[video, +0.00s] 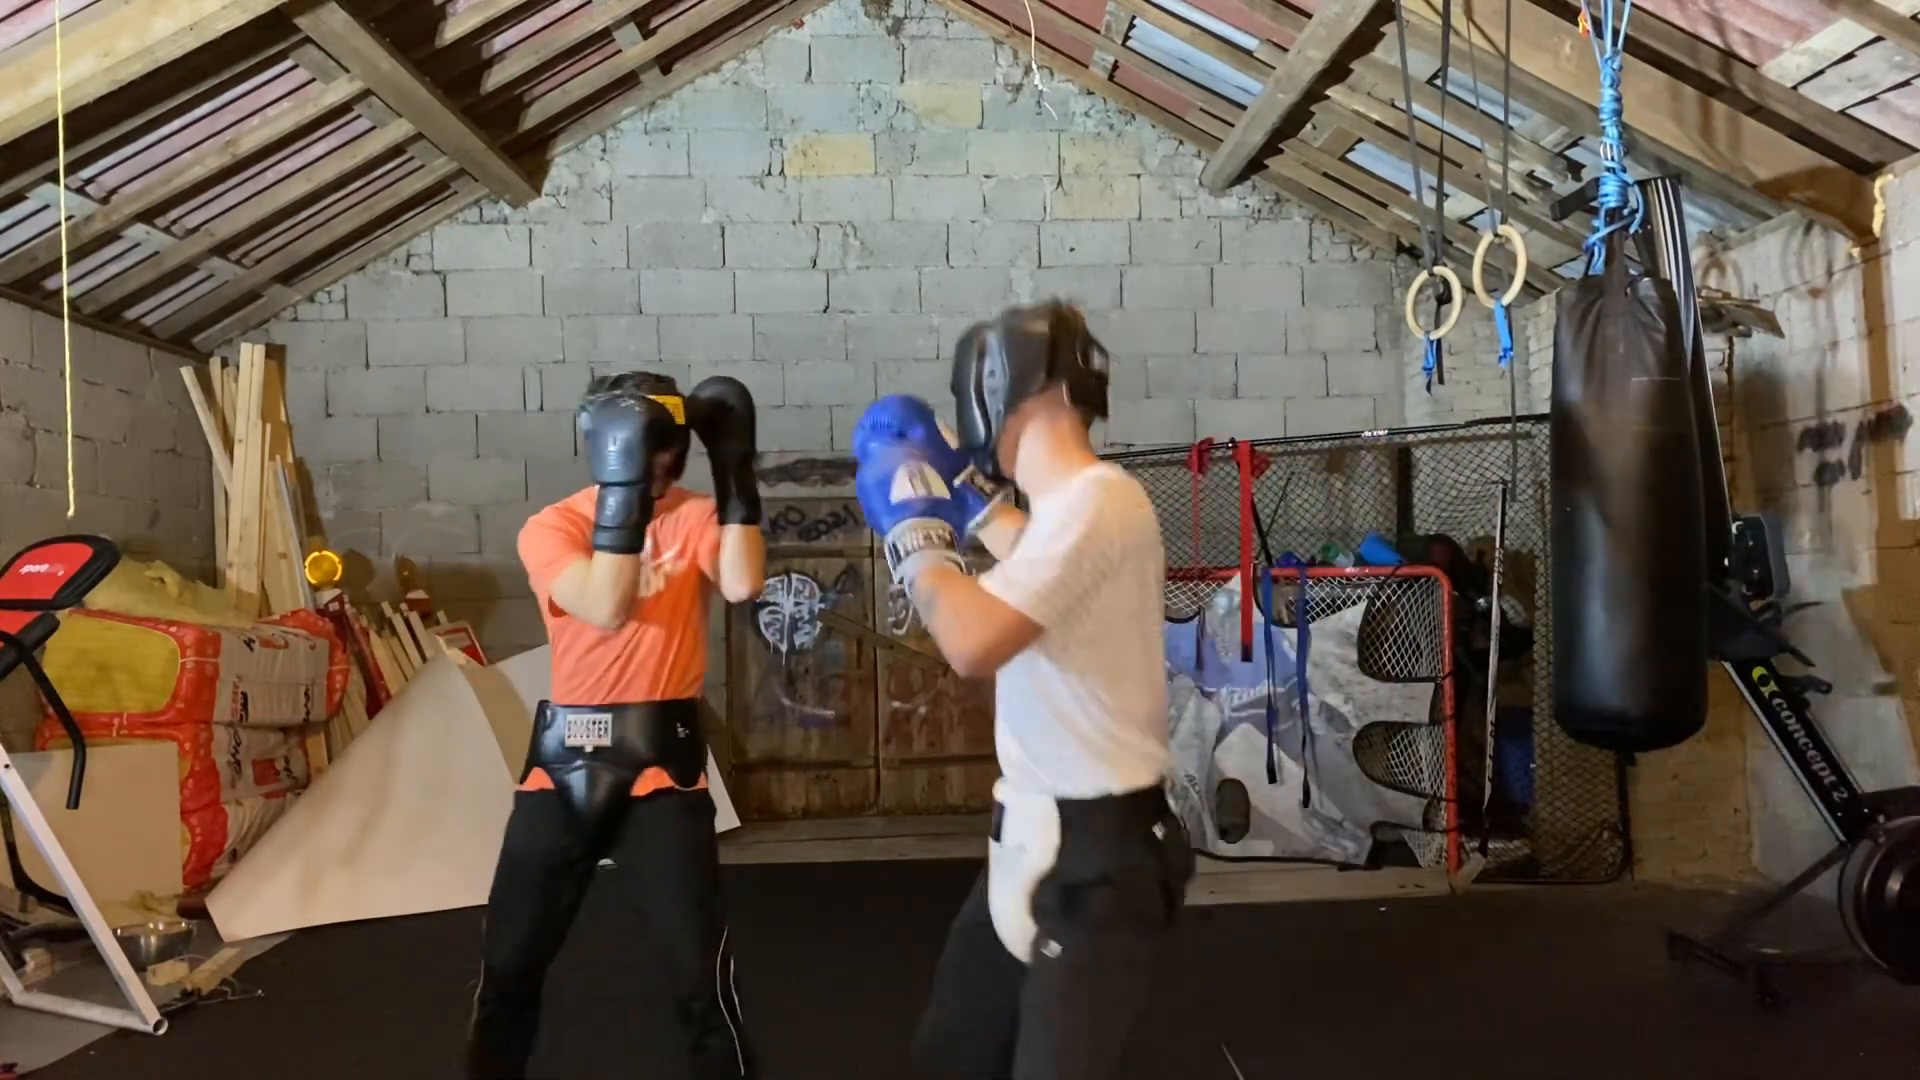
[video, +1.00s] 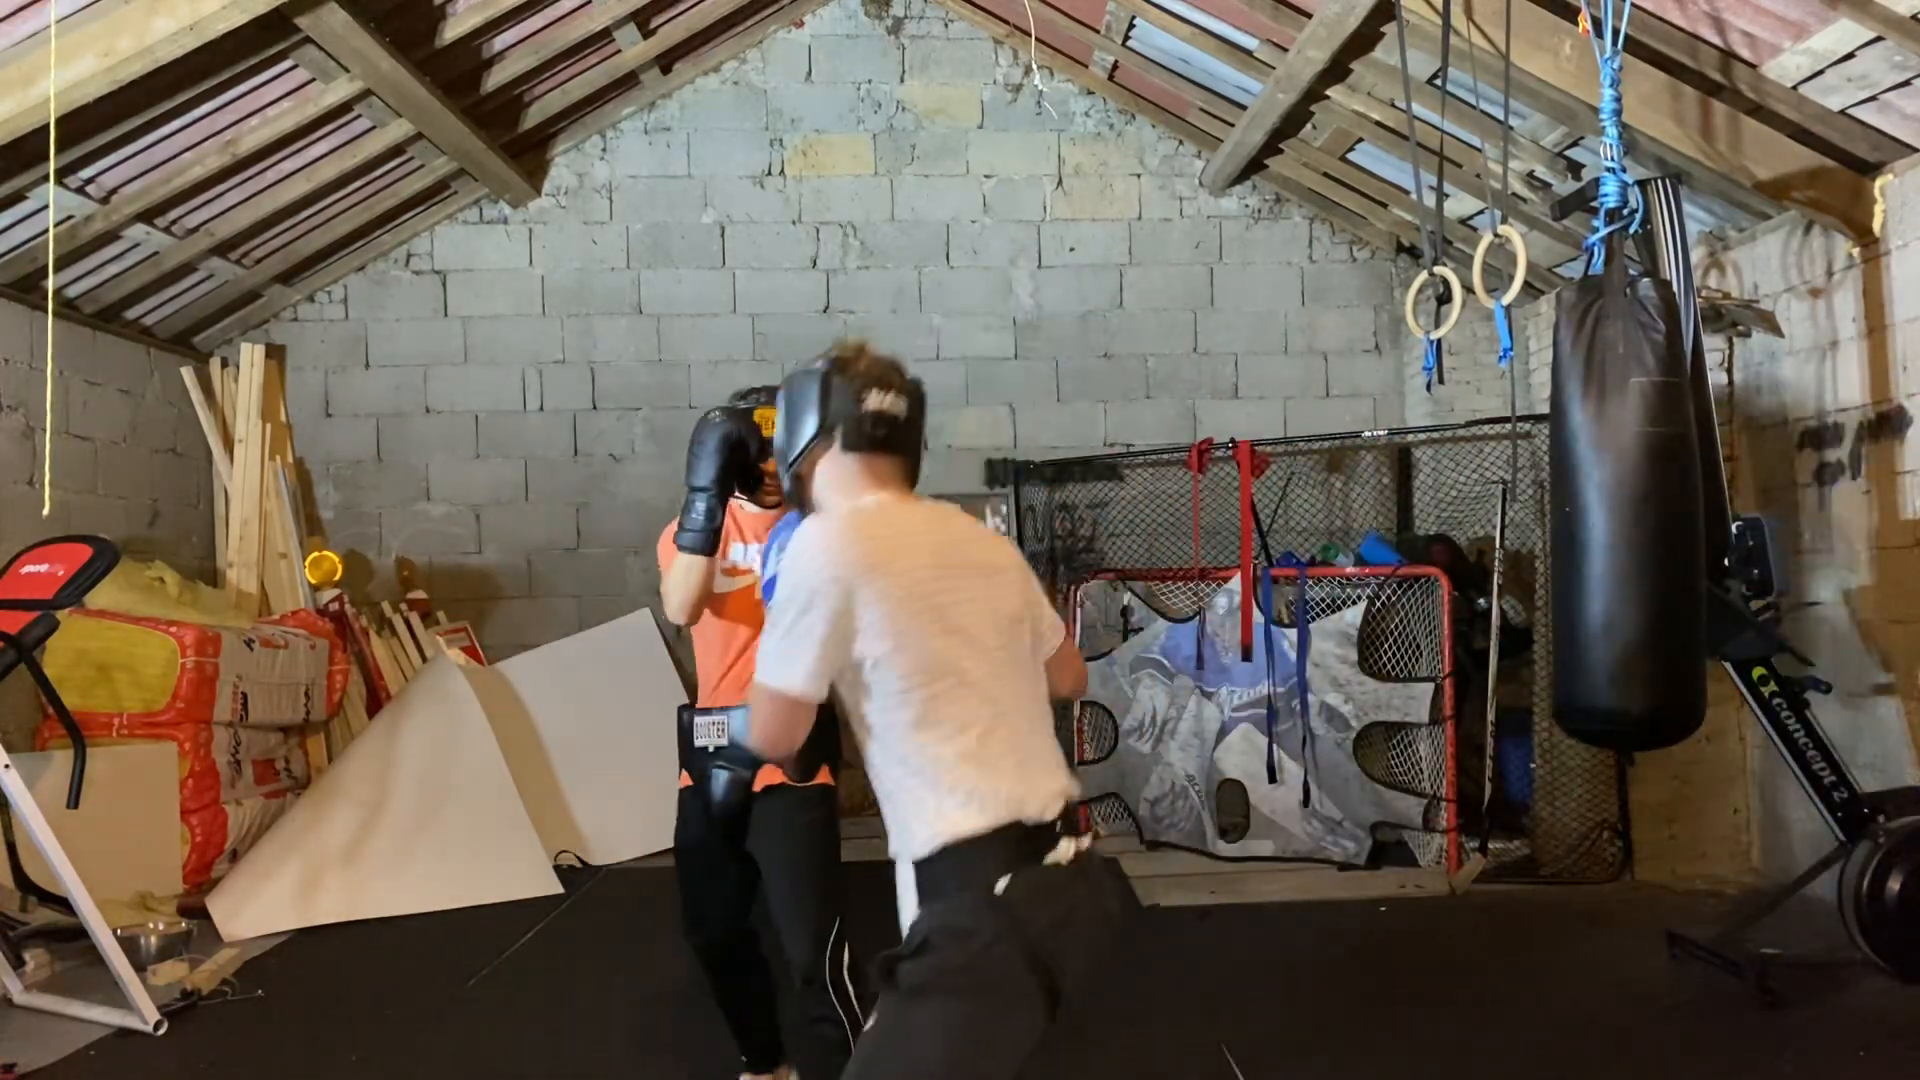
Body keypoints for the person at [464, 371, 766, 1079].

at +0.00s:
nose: (653, 458)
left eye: (664, 445)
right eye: (638, 441)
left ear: (682, 452)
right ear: (602, 444)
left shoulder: (694, 516)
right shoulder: (549, 528)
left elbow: (743, 582)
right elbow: (605, 605)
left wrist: (734, 465)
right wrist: (623, 487)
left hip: (664, 766)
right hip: (564, 763)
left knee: (698, 976)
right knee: (507, 971)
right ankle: (492, 1073)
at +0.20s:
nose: (674, 464)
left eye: (686, 451)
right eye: (661, 448)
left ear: (696, 463)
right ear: (625, 451)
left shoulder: (711, 526)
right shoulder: (569, 531)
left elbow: (762, 591)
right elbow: (602, 603)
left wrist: (754, 474)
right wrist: (627, 487)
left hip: (674, 769)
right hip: (580, 772)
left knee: (698, 969)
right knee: (573, 957)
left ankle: (724, 1070)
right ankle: (623, 1072)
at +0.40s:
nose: (672, 469)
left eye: (685, 456)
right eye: (659, 454)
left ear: (698, 463)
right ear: (627, 456)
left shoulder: (717, 525)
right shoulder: (576, 534)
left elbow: (773, 611)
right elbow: (588, 615)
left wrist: (760, 498)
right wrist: (611, 499)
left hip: (695, 757)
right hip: (603, 763)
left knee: (714, 961)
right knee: (610, 964)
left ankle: (748, 1069)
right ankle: (628, 1074)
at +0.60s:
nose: (704, 472)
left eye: (719, 458)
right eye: (691, 455)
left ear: (735, 461)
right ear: (661, 455)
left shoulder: (752, 526)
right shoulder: (620, 533)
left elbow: (793, 619)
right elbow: (605, 609)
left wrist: (784, 510)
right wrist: (630, 500)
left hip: (729, 747)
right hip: (641, 752)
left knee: (762, 937)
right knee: (622, 945)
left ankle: (829, 1061)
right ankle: (632, 1072)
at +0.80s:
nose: (752, 459)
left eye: (765, 444)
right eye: (738, 442)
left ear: (780, 449)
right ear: (709, 445)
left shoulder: (801, 517)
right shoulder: (669, 524)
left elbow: (842, 604)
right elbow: (655, 604)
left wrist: (829, 492)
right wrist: (679, 499)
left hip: (783, 753)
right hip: (695, 755)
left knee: (808, 955)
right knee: (675, 941)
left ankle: (847, 1066)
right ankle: (659, 1066)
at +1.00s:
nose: (770, 455)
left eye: (781, 437)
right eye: (755, 438)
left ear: (803, 444)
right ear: (729, 446)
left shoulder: (818, 525)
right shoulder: (695, 523)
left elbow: (846, 621)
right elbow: (680, 606)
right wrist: (706, 492)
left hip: (799, 758)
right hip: (713, 757)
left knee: (809, 943)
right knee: (714, 928)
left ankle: (832, 1066)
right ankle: (762, 1062)